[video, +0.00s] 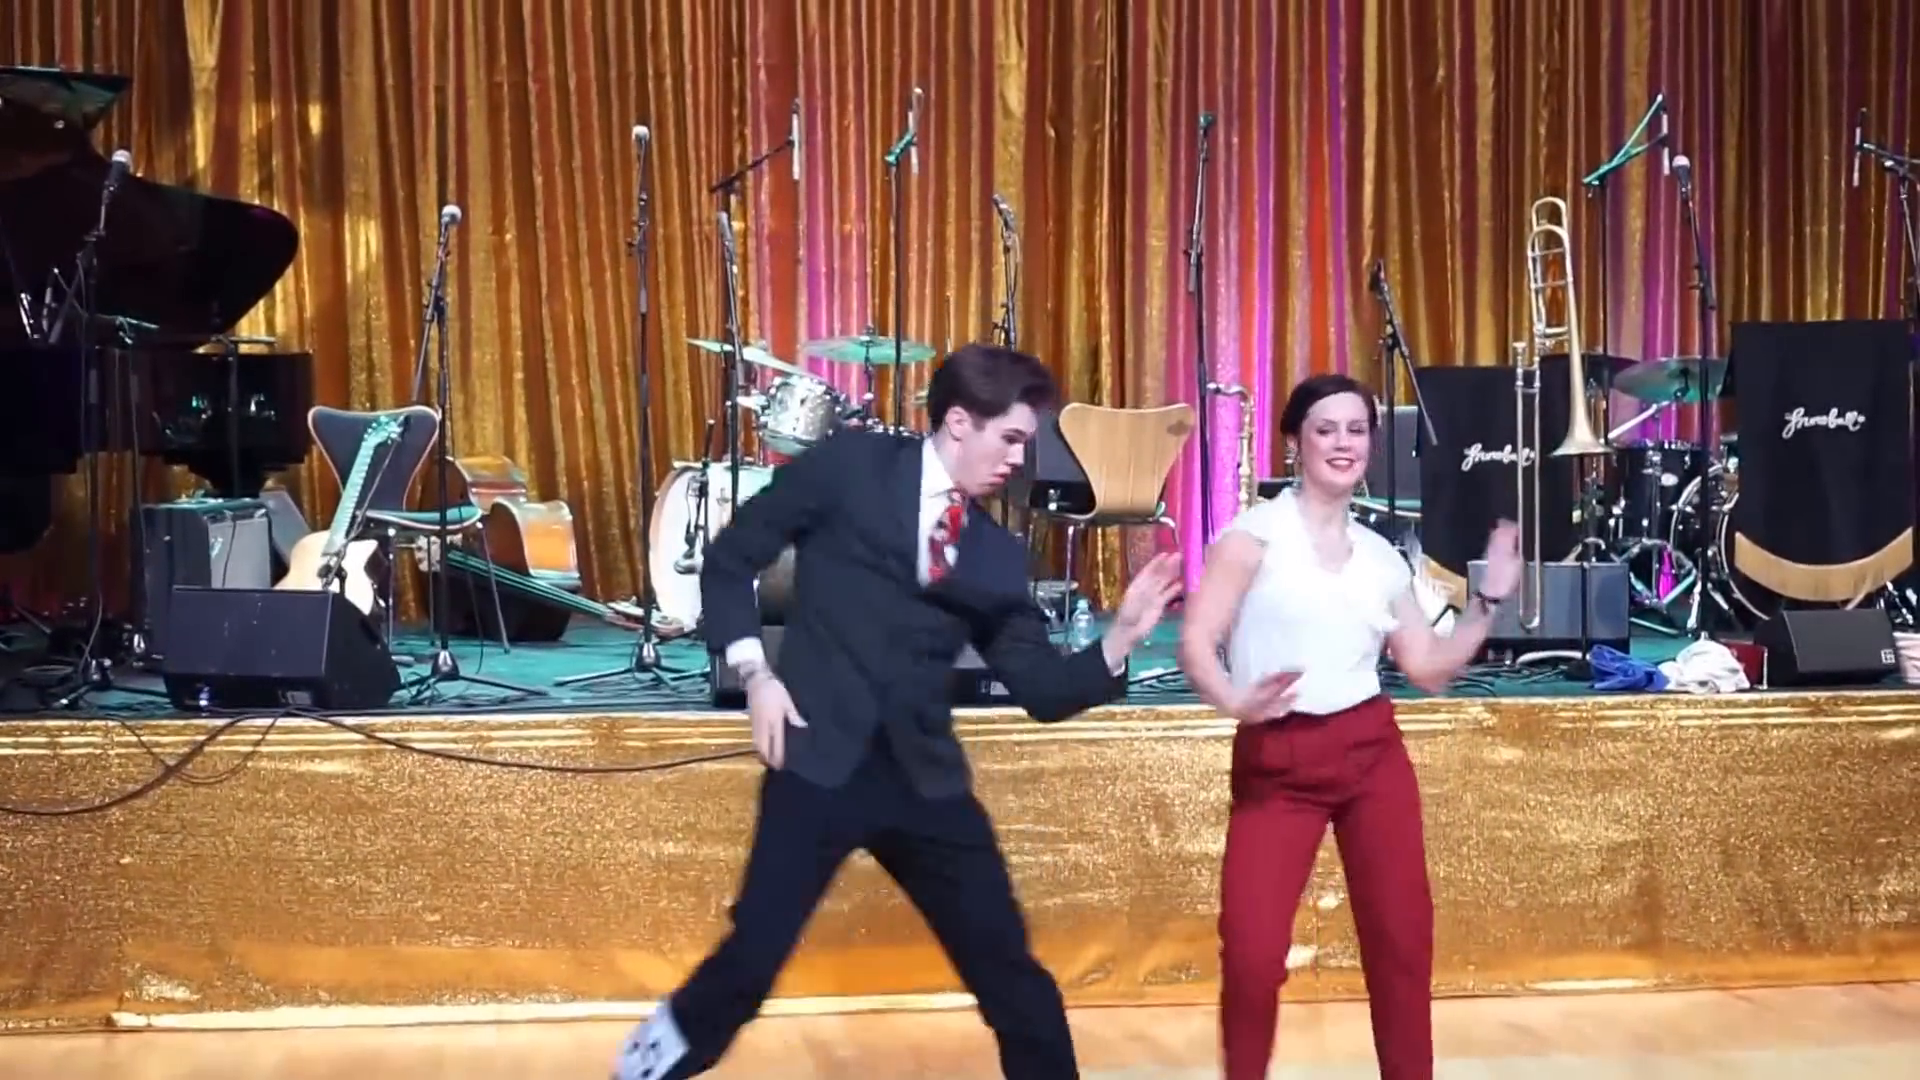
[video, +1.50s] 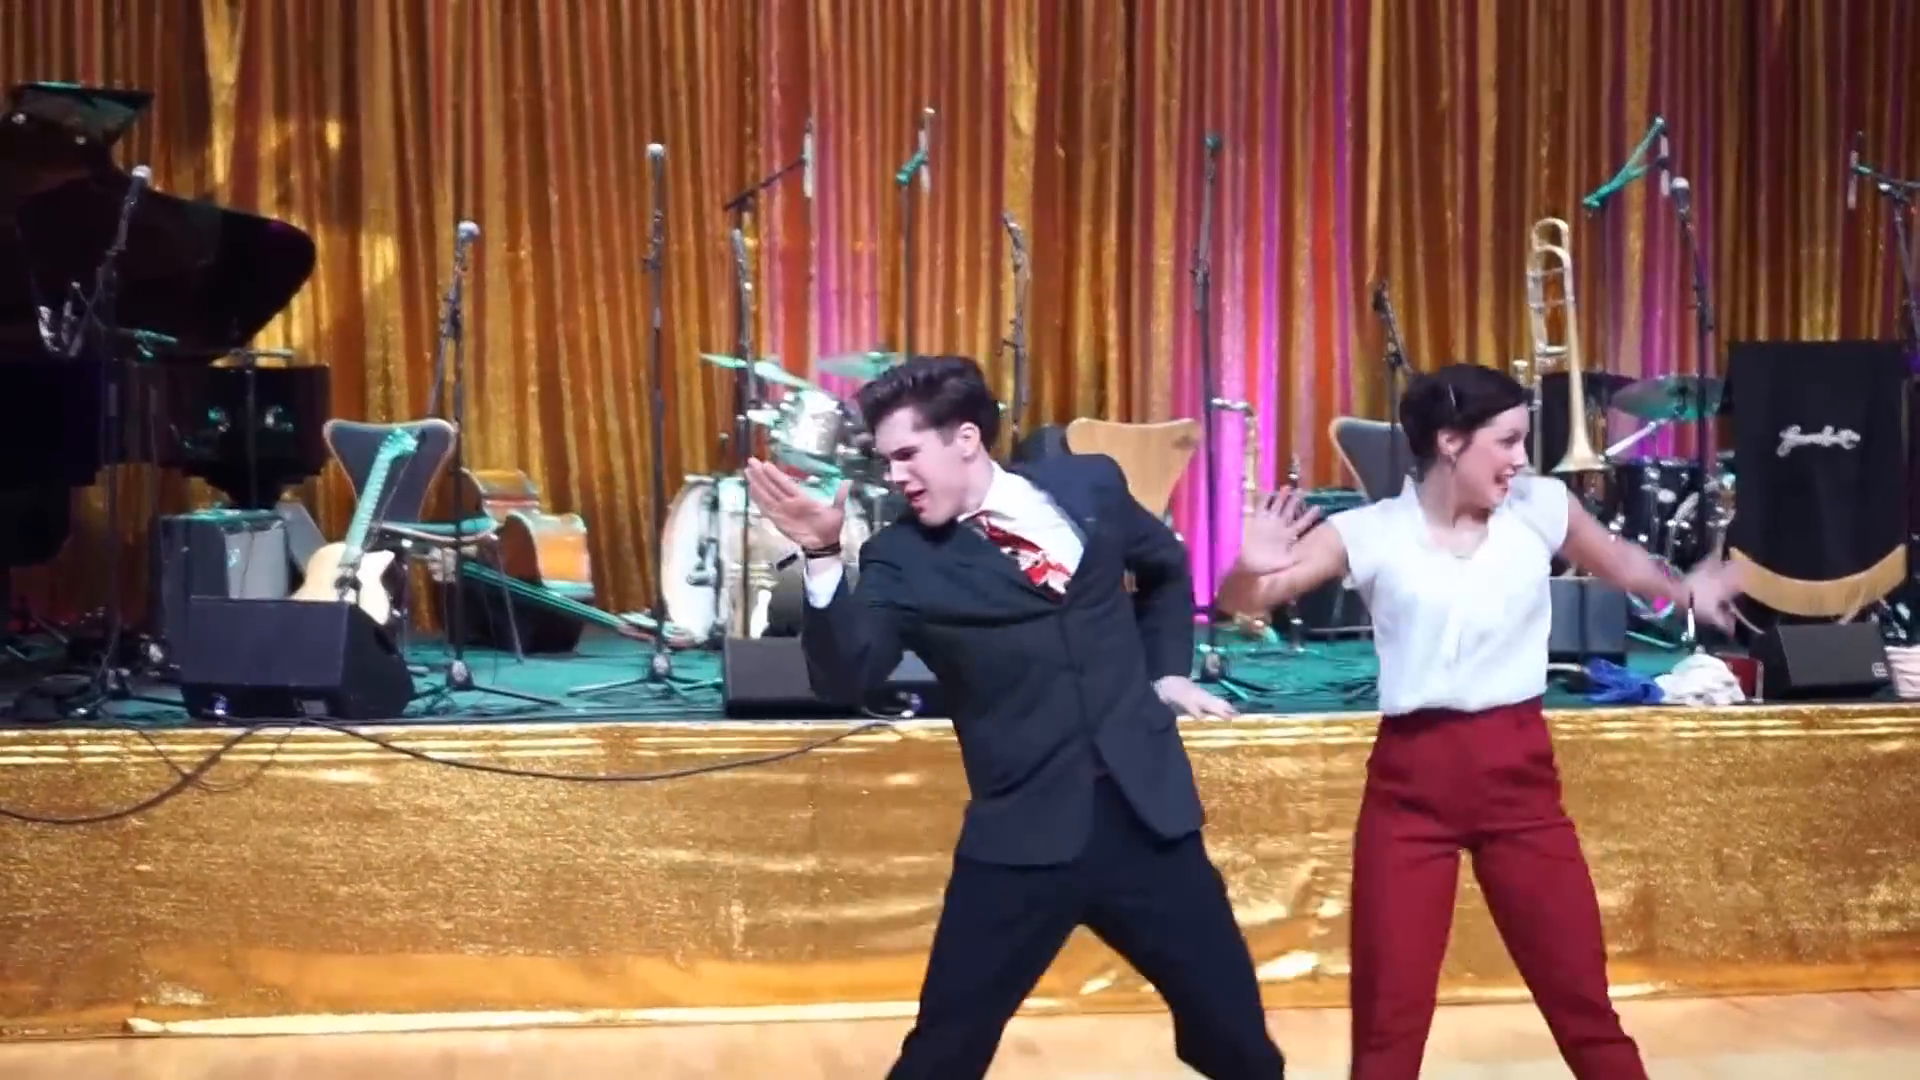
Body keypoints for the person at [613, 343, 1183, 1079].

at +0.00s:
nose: (1021, 460)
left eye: (1028, 444)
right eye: (1012, 438)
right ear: (955, 422)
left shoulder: (997, 556)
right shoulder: (848, 464)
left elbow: (1046, 694)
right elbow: (729, 557)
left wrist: (1121, 639)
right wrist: (754, 674)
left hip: (924, 771)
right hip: (818, 753)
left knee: (1013, 982)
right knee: (751, 963)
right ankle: (643, 1068)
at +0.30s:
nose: (885, 447)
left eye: (892, 431)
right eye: (878, 424)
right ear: (821, 407)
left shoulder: (857, 553)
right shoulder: (708, 433)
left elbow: (931, 661)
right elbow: (587, 517)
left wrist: (1049, 619)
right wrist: (598, 595)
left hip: (734, 768)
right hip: (628, 739)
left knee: (766, 999)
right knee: (581, 981)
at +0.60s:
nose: (719, 429)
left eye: (732, 412)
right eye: (703, 409)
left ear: (746, 411)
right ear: (654, 401)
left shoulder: (769, 519)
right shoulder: (582, 480)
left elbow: (737, 653)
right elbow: (593, 585)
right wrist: (630, 456)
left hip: (689, 778)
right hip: (576, 768)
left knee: (669, 970)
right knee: (535, 989)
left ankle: (686, 1061)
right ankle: (537, 1078)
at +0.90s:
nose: (746, 441)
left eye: (754, 423)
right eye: (726, 422)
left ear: (763, 421)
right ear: (671, 422)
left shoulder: (795, 540)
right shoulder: (595, 517)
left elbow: (845, 677)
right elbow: (490, 619)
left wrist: (897, 615)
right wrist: (564, 712)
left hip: (737, 809)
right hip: (628, 798)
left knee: (686, 1041)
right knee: (652, 1021)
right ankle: (540, 1068)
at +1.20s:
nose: (830, 467)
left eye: (840, 443)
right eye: (807, 450)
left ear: (856, 432)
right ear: (763, 449)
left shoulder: (928, 547)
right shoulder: (723, 563)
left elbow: (953, 717)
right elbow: (688, 741)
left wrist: (964, 869)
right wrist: (660, 633)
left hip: (867, 847)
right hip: (753, 845)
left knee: (891, 1047)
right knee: (765, 1051)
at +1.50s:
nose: (896, 478)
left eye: (907, 454)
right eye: (885, 462)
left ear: (969, 439)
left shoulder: (1088, 484)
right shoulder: (900, 558)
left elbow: (1165, 562)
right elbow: (843, 680)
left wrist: (1171, 671)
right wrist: (823, 558)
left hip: (1149, 816)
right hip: (1020, 834)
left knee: (1240, 1050)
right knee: (944, 1055)